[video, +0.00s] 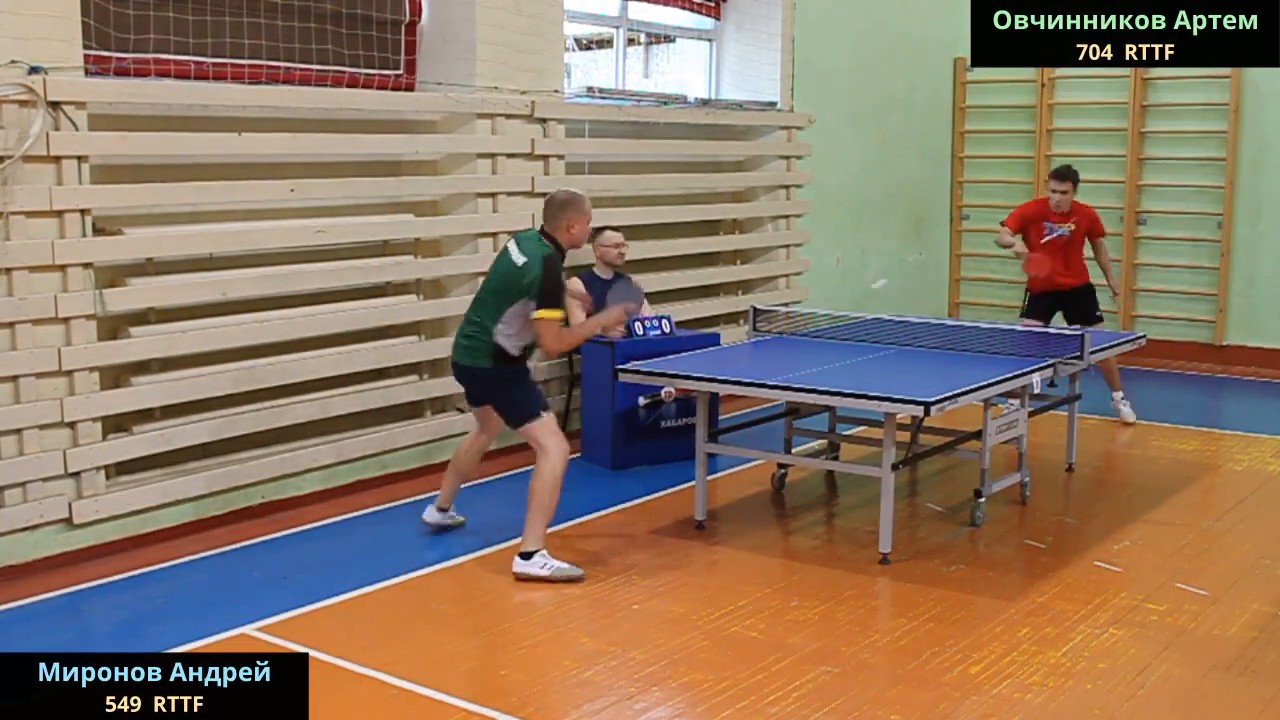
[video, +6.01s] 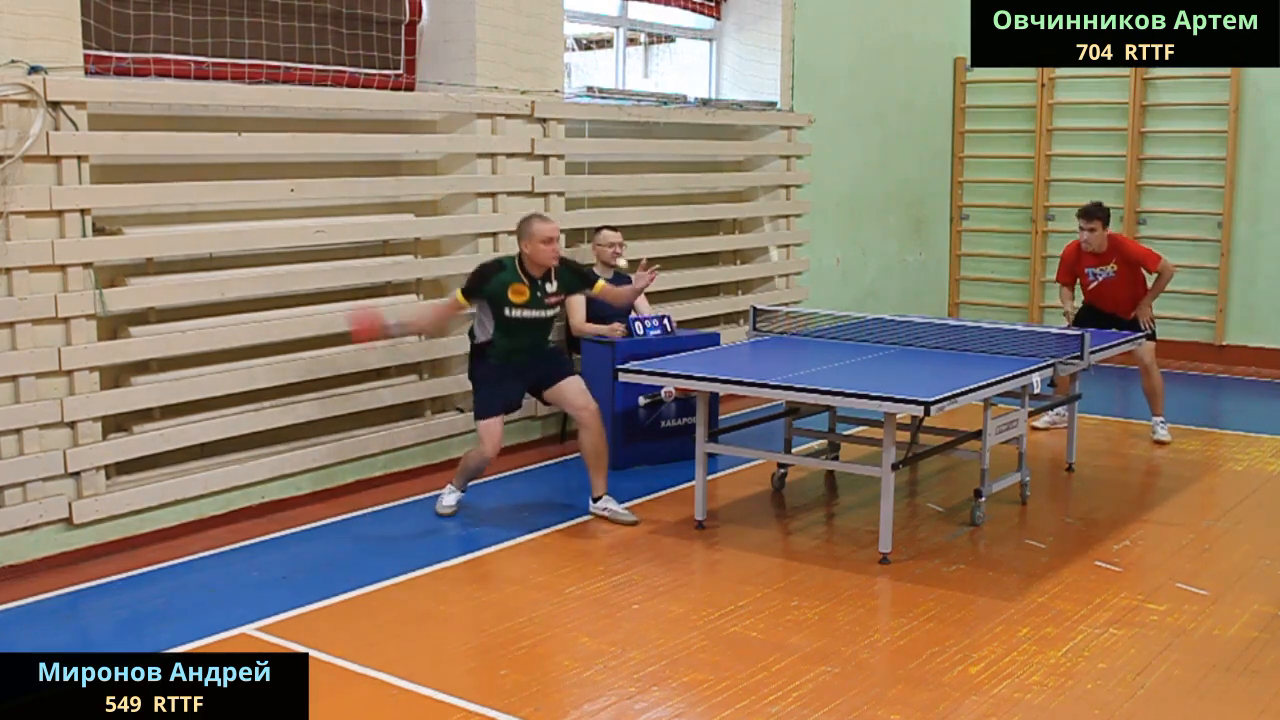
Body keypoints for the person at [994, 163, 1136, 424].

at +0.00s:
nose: (1056, 199)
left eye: (1063, 193)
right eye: (1052, 192)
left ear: (1074, 193)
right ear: (1047, 189)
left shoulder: (1085, 215)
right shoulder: (1031, 210)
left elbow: (1099, 247)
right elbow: (1002, 237)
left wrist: (1111, 279)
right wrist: (1015, 243)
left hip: (1077, 289)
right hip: (1041, 290)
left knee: (1100, 343)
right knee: (1023, 344)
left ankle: (1119, 398)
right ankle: (1015, 404)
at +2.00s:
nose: (1260, 195)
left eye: (1266, 190)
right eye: (1257, 189)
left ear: (1274, 191)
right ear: (1249, 186)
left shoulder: (1277, 218)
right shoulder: (1228, 213)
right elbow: (1210, 241)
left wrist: (1275, 271)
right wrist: (1212, 266)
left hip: (1265, 294)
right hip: (1229, 291)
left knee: (1274, 345)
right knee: (1219, 339)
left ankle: (1276, 386)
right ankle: (1217, 400)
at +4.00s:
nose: (1094, 245)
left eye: (1100, 239)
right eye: (1090, 238)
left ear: (1112, 237)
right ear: (1085, 236)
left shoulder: (1130, 250)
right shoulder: (1076, 259)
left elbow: (1175, 269)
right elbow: (1070, 293)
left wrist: (1152, 297)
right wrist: (1074, 314)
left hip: (1137, 310)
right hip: (1098, 310)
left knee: (1150, 359)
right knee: (1065, 352)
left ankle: (1159, 421)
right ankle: (1061, 410)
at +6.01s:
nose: (1084, 236)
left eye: (1091, 231)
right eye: (1081, 230)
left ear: (1106, 230)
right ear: (1078, 229)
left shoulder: (1124, 247)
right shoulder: (1072, 253)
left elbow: (1167, 270)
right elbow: (1066, 285)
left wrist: (1146, 303)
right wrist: (1068, 307)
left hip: (1132, 313)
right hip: (1095, 311)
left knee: (1147, 360)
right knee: (1063, 351)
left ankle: (1158, 421)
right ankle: (1061, 410)